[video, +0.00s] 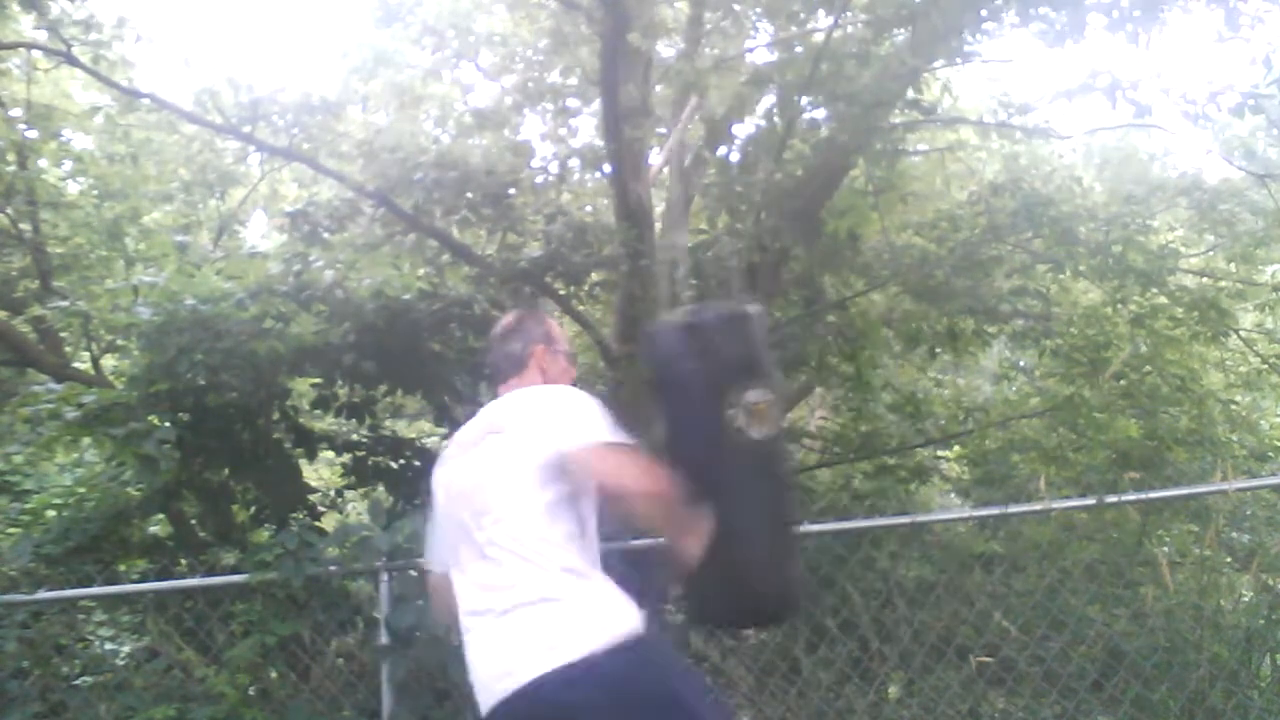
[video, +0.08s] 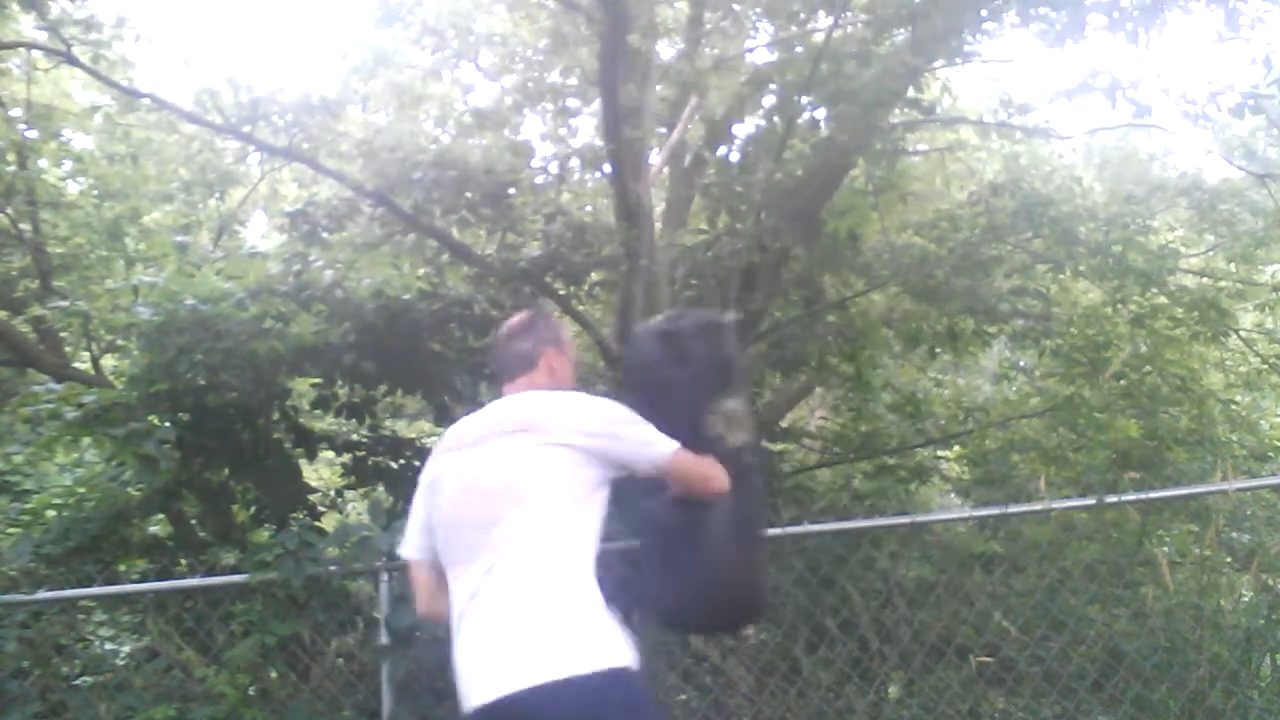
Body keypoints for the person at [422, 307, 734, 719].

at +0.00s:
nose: (573, 371)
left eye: (572, 358)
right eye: (566, 356)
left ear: (499, 375)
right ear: (540, 359)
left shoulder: (449, 459)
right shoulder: (558, 404)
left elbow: (445, 599)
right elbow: (644, 485)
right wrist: (690, 534)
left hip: (504, 691)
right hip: (594, 651)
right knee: (705, 712)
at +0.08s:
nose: (574, 374)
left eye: (573, 363)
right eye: (571, 363)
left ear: (503, 373)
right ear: (550, 361)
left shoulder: (442, 453)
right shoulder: (581, 413)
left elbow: (428, 601)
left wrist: (505, 600)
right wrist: (676, 478)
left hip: (489, 693)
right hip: (584, 670)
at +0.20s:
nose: (598, 374)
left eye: (599, 364)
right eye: (598, 363)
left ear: (525, 369)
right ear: (584, 361)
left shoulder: (462, 441)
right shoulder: (601, 414)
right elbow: (699, 506)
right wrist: (632, 502)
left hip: (462, 691)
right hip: (550, 681)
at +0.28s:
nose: (615, 374)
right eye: (614, 363)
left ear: (546, 364)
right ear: (604, 364)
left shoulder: (476, 437)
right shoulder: (607, 422)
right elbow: (697, 534)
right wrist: (642, 509)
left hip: (451, 687)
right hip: (529, 687)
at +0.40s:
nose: (641, 377)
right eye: (643, 365)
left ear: (566, 360)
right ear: (633, 363)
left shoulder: (490, 426)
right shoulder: (606, 417)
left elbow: (427, 577)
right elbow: (700, 541)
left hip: (453, 686)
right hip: (533, 687)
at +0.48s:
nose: (659, 361)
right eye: (661, 352)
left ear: (582, 343)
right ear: (650, 354)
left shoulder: (503, 410)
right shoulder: (629, 405)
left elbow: (431, 543)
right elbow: (715, 524)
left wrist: (521, 554)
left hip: (469, 679)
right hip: (554, 682)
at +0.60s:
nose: (690, 359)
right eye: (692, 352)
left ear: (612, 342)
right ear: (686, 354)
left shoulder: (534, 407)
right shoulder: (676, 410)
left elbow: (450, 524)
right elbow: (755, 511)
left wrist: (531, 540)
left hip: (500, 684)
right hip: (594, 692)